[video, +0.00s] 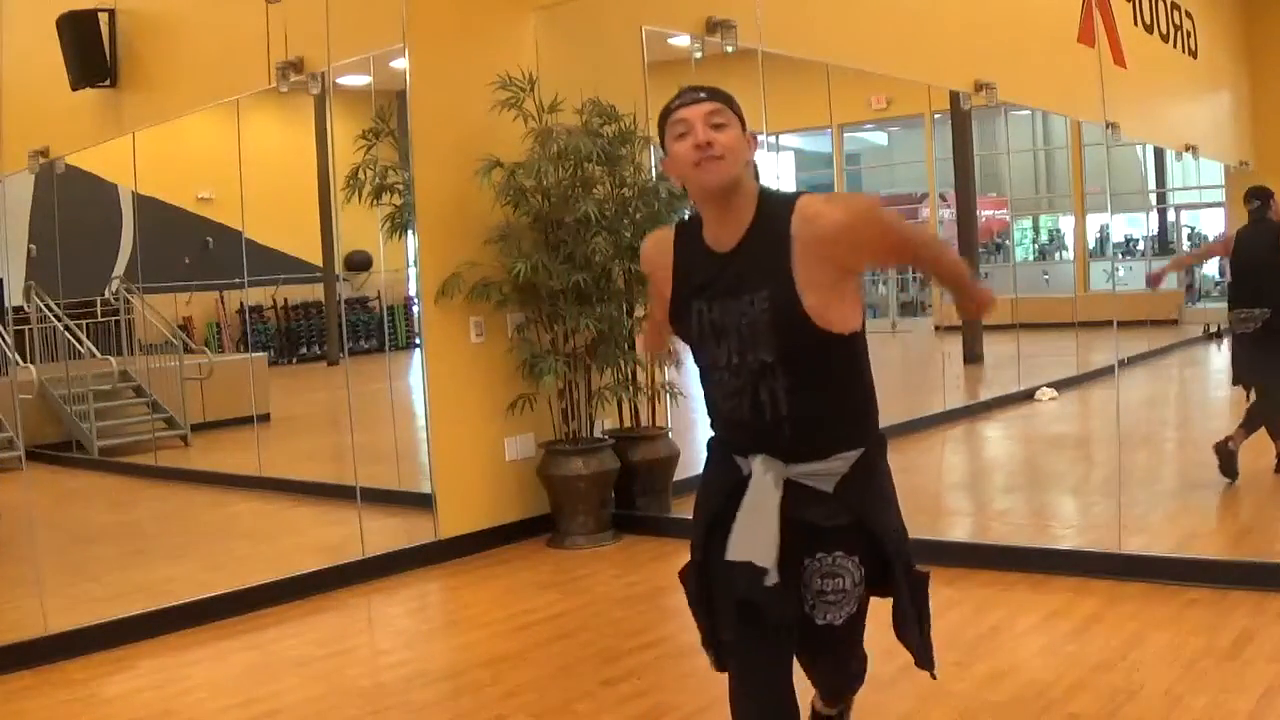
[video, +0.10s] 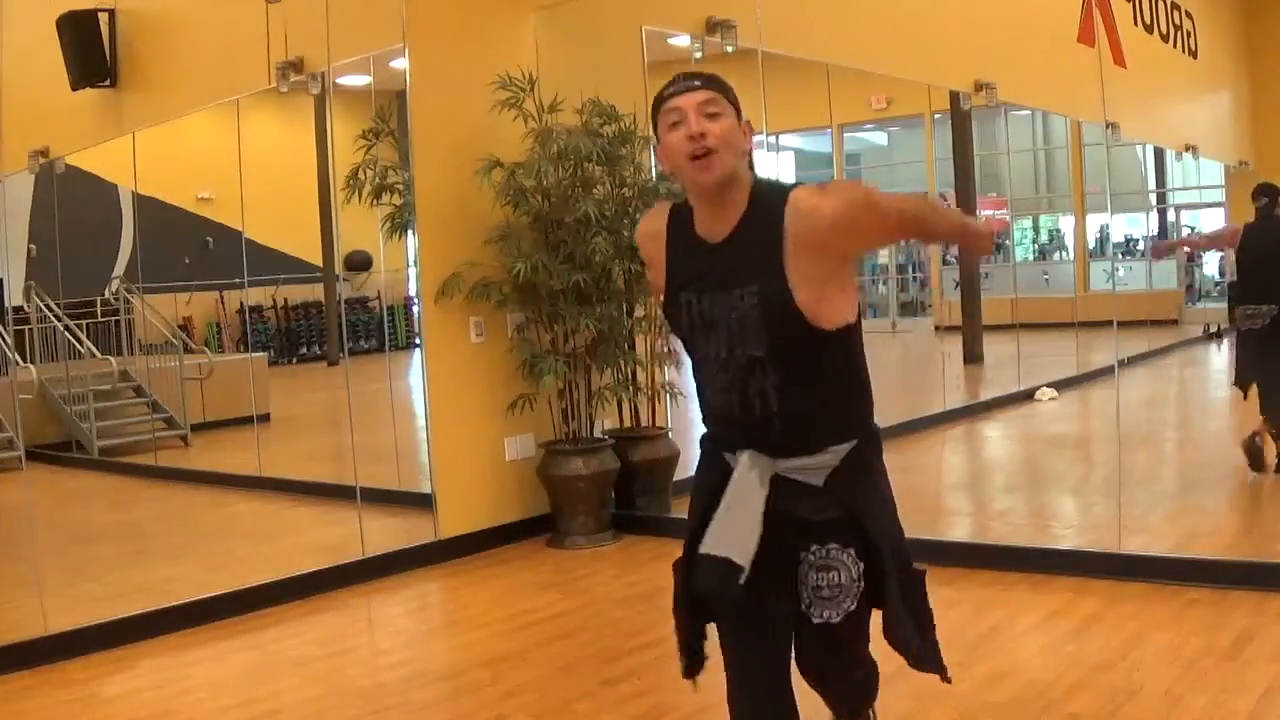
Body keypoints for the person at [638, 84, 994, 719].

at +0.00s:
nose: (703, 138)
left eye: (718, 124)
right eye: (683, 134)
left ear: (750, 145)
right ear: (669, 169)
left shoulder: (830, 225)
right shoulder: (665, 254)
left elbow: (927, 251)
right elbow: (663, 309)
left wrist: (971, 292)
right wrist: (654, 335)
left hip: (831, 474)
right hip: (738, 476)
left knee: (828, 644)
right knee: (750, 661)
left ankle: (832, 706)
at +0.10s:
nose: (696, 130)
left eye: (711, 114)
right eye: (675, 124)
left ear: (747, 136)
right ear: (660, 158)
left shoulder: (822, 216)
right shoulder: (658, 235)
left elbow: (917, 216)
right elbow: (692, 319)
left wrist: (973, 233)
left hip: (828, 475)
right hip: (733, 476)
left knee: (831, 657)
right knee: (750, 675)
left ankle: (855, 712)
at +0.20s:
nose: (687, 128)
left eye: (705, 110)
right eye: (668, 119)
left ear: (742, 129)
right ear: (653, 150)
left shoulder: (819, 218)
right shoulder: (651, 233)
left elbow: (924, 246)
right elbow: (669, 287)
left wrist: (996, 286)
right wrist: (653, 311)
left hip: (825, 481)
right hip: (728, 478)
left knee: (836, 675)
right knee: (748, 681)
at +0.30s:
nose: (685, 126)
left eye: (702, 109)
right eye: (665, 118)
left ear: (738, 130)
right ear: (648, 150)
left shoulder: (810, 230)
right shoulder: (648, 244)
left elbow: (917, 324)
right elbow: (646, 331)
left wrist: (986, 430)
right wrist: (632, 414)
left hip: (823, 492)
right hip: (720, 493)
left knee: (837, 694)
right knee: (744, 693)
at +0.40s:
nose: (689, 134)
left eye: (707, 116)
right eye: (669, 124)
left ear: (743, 134)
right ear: (653, 153)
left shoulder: (814, 240)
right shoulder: (651, 258)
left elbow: (863, 401)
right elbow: (629, 394)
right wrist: (598, 513)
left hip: (813, 501)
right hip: (712, 500)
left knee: (820, 702)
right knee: (728, 693)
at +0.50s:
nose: (697, 148)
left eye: (716, 129)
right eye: (676, 136)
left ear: (753, 148)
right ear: (657, 167)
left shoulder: (821, 250)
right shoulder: (649, 274)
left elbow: (780, 391)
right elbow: (624, 403)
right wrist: (599, 509)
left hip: (805, 523)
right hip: (703, 519)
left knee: (801, 705)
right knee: (706, 700)